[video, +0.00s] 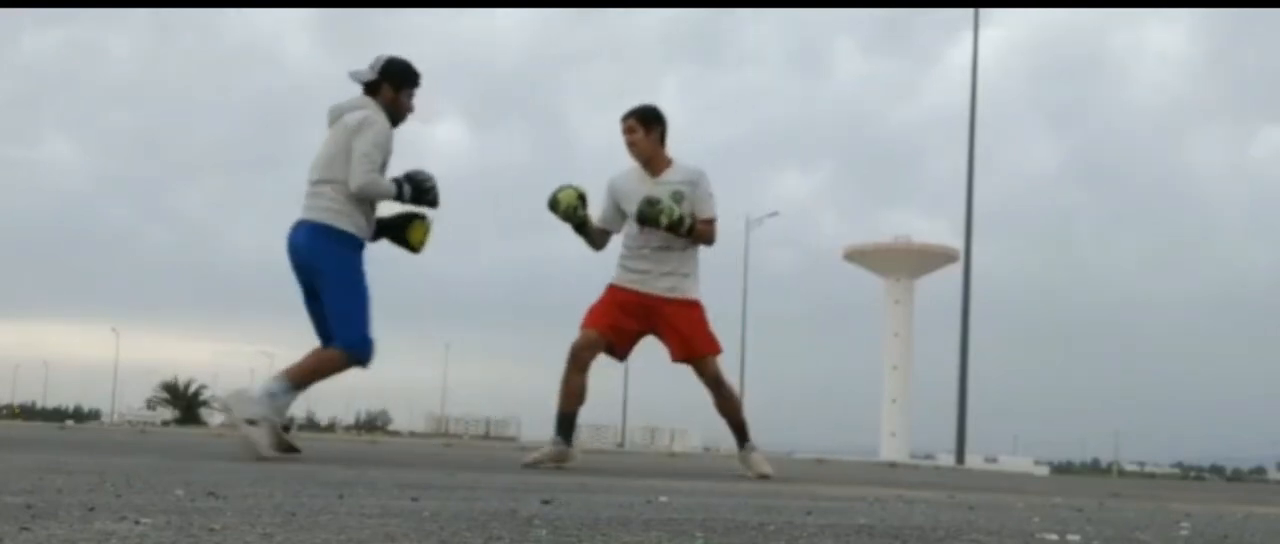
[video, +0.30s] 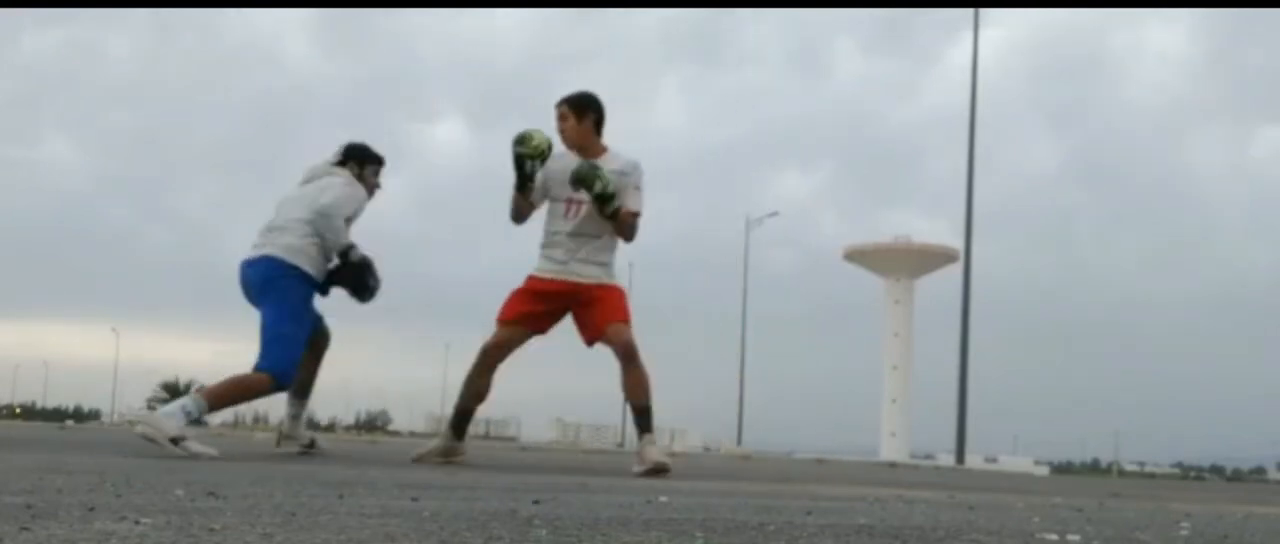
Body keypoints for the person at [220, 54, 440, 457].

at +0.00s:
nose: (412, 105)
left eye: (413, 96)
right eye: (409, 95)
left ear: (379, 91)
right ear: (387, 90)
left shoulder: (350, 121)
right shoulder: (374, 124)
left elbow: (338, 205)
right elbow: (362, 182)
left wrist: (384, 228)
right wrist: (403, 188)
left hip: (310, 236)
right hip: (333, 239)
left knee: (338, 345)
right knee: (355, 347)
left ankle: (272, 412)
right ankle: (265, 399)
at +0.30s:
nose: (377, 183)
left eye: (379, 176)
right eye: (375, 175)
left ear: (345, 165)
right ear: (357, 168)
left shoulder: (310, 186)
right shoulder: (351, 187)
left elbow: (291, 241)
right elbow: (327, 212)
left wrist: (327, 275)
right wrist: (350, 254)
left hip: (257, 269)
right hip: (285, 272)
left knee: (318, 335)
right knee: (275, 376)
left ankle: (293, 428)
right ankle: (174, 415)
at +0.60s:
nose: (397, 128)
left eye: (400, 121)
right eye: (394, 118)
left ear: (383, 116)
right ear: (372, 111)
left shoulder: (354, 141)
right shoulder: (353, 132)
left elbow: (331, 202)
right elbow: (320, 159)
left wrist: (359, 213)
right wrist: (364, 178)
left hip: (296, 229)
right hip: (305, 229)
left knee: (327, 329)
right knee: (337, 326)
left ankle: (298, 422)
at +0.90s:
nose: (381, 175)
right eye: (381, 168)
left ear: (346, 156)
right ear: (371, 161)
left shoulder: (330, 181)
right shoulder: (360, 178)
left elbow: (366, 245)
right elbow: (353, 223)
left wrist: (383, 206)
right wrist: (367, 266)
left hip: (302, 270)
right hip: (322, 271)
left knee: (360, 349)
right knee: (379, 350)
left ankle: (327, 429)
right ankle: (325, 431)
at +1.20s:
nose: (368, 152)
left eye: (373, 146)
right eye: (362, 144)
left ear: (376, 152)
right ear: (346, 145)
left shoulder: (363, 203)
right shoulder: (315, 176)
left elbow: (363, 256)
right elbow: (280, 217)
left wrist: (354, 289)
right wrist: (313, 236)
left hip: (334, 277)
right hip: (300, 266)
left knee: (377, 347)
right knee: (321, 331)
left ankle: (352, 428)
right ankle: (272, 422)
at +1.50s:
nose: (323, 170)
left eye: (327, 164)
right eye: (317, 163)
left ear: (331, 168)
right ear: (300, 164)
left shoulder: (333, 210)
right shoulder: (273, 201)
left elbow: (338, 257)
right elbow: (264, 252)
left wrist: (334, 288)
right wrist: (304, 245)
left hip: (312, 299)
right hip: (271, 299)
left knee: (362, 341)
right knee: (251, 370)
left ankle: (351, 426)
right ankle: (231, 427)